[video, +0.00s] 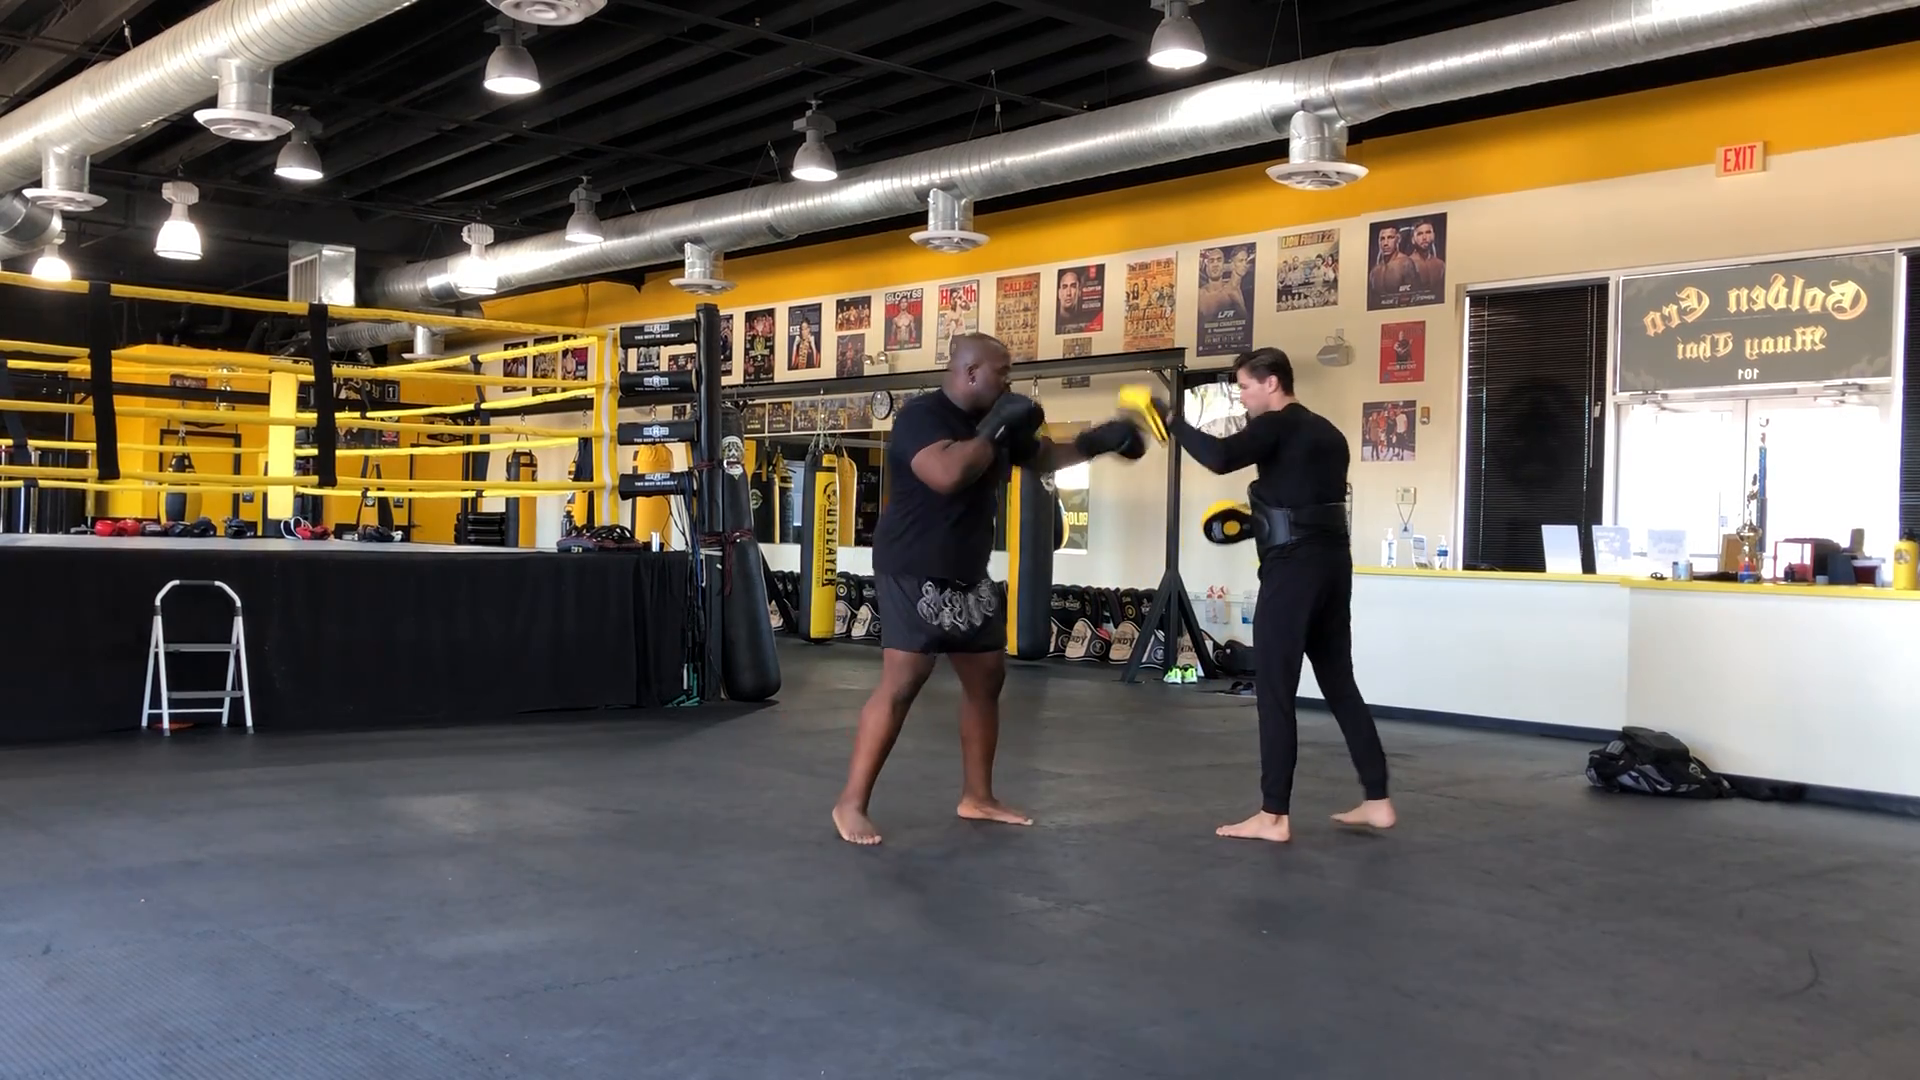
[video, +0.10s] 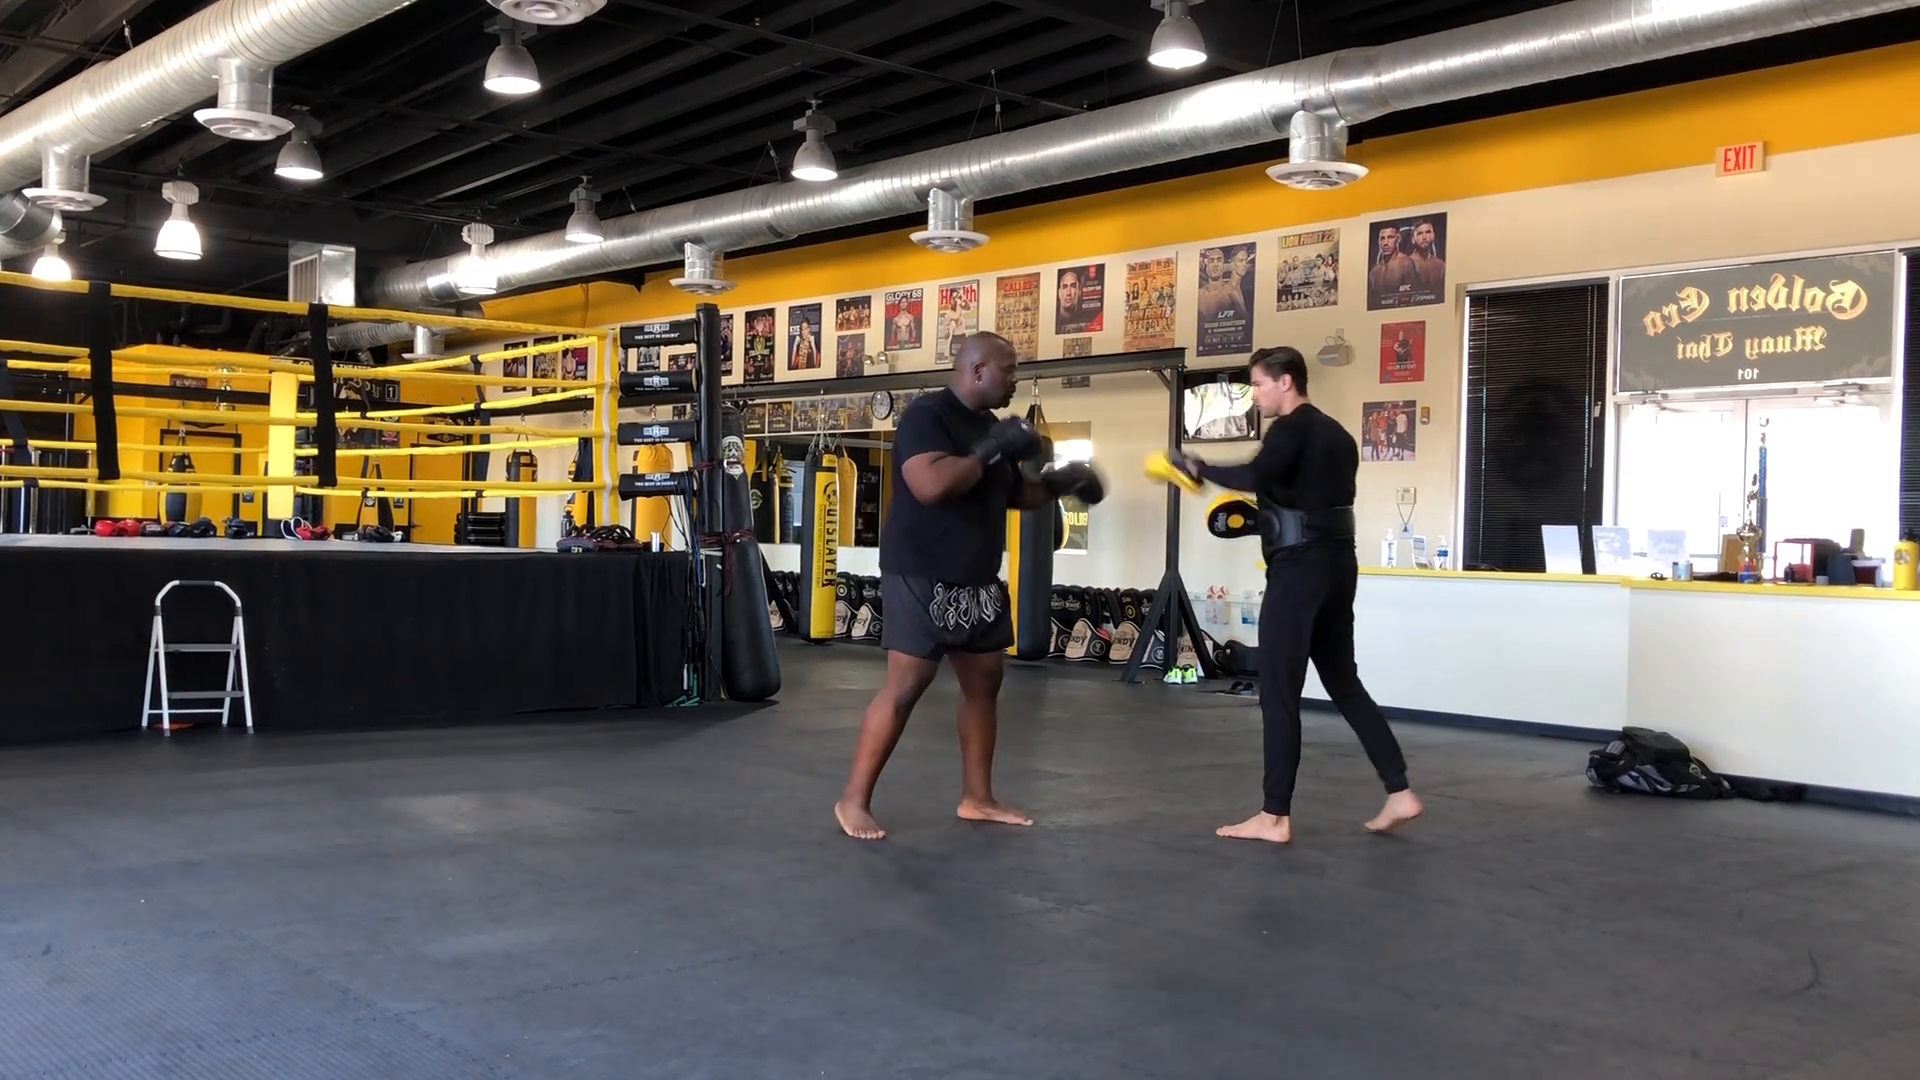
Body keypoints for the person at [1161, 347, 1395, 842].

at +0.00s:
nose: (1240, 399)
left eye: (1244, 388)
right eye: (1239, 389)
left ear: (1273, 383)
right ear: (1281, 385)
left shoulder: (1275, 426)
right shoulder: (1328, 432)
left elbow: (1220, 456)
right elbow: (1318, 503)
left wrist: (1172, 420)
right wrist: (1259, 517)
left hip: (1292, 569)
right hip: (1334, 568)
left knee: (1274, 693)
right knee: (1339, 684)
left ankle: (1274, 816)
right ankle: (1378, 801)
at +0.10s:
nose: (1254, 395)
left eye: (1258, 385)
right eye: (1253, 386)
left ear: (1286, 382)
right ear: (1293, 385)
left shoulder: (1290, 428)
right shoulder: (1339, 433)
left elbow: (1258, 477)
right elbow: (1325, 501)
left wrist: (1201, 470)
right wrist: (1262, 508)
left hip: (1298, 568)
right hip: (1338, 565)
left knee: (1278, 690)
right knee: (1342, 681)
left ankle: (1274, 815)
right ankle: (1400, 793)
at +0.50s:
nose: (1310, 401)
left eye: (1316, 391)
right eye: (1309, 392)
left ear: (1344, 390)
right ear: (1345, 392)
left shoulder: (1363, 437)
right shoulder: (1369, 437)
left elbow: (1364, 504)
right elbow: (1355, 511)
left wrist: (1307, 502)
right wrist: (1306, 512)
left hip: (1360, 584)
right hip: (1386, 582)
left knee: (1315, 697)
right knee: (1405, 701)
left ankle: (1282, 813)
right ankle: (1424, 816)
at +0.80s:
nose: (1333, 394)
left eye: (1339, 385)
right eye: (1333, 385)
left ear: (1367, 385)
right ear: (1369, 387)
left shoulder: (1379, 433)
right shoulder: (1399, 437)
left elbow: (1356, 492)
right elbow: (1356, 509)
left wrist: (1307, 464)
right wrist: (1307, 490)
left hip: (1368, 579)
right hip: (1399, 578)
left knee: (1341, 698)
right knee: (1408, 698)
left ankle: (1355, 823)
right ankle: (1423, 816)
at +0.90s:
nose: (1332, 391)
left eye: (1338, 382)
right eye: (1332, 382)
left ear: (1365, 382)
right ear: (1368, 385)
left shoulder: (1377, 429)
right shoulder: (1401, 435)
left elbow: (1346, 480)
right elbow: (1349, 506)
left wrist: (1302, 436)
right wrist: (1302, 467)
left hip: (1367, 576)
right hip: (1399, 575)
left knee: (1346, 698)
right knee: (1402, 694)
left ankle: (1355, 823)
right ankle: (1423, 815)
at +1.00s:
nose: (1331, 391)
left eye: (1337, 381)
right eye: (1331, 382)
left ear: (1363, 381)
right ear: (1369, 383)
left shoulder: (1374, 426)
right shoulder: (1403, 435)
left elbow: (1336, 467)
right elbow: (1339, 491)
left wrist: (1301, 424)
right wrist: (1299, 451)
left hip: (1362, 575)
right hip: (1397, 574)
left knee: (1347, 698)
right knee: (1399, 695)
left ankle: (1355, 822)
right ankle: (1422, 815)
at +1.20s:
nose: (1325, 390)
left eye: (1330, 379)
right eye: (1324, 381)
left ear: (1357, 379)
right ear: (1364, 380)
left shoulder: (1361, 426)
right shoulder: (1404, 437)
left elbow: (1303, 455)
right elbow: (1356, 485)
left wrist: (1291, 401)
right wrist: (1297, 463)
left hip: (1349, 573)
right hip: (1391, 573)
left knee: (1342, 698)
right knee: (1395, 693)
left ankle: (1355, 823)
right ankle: (1421, 814)